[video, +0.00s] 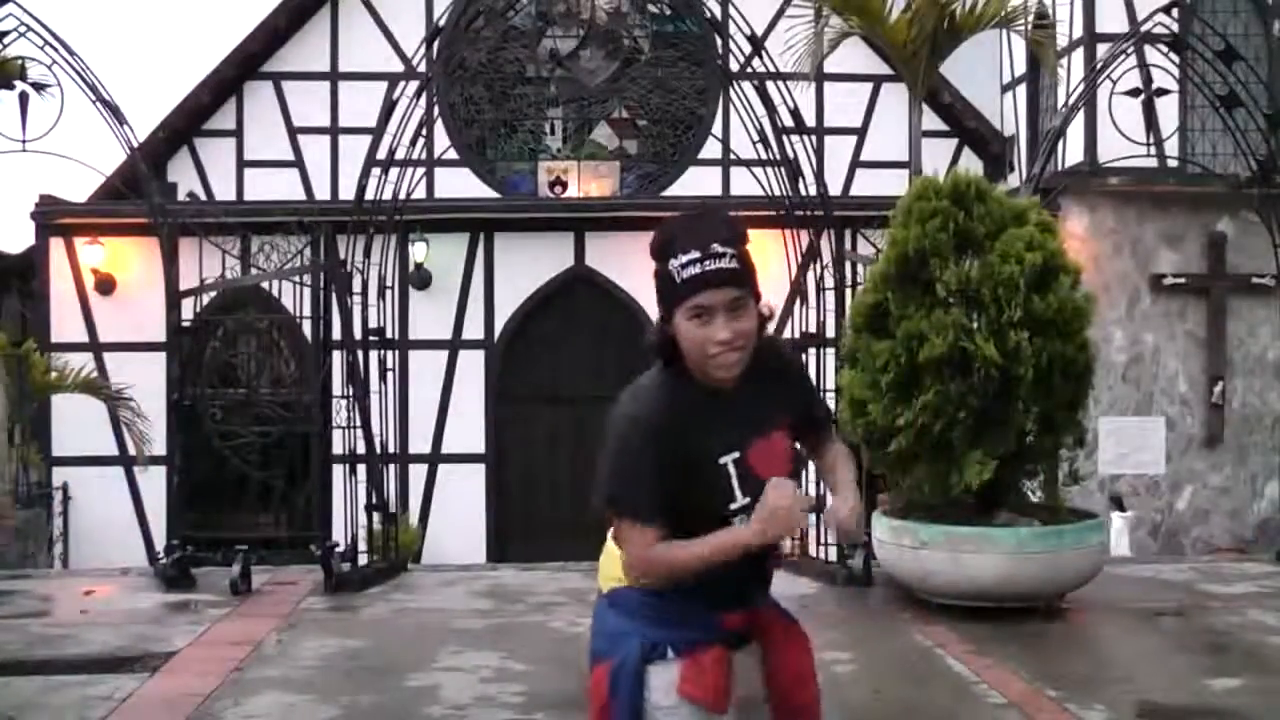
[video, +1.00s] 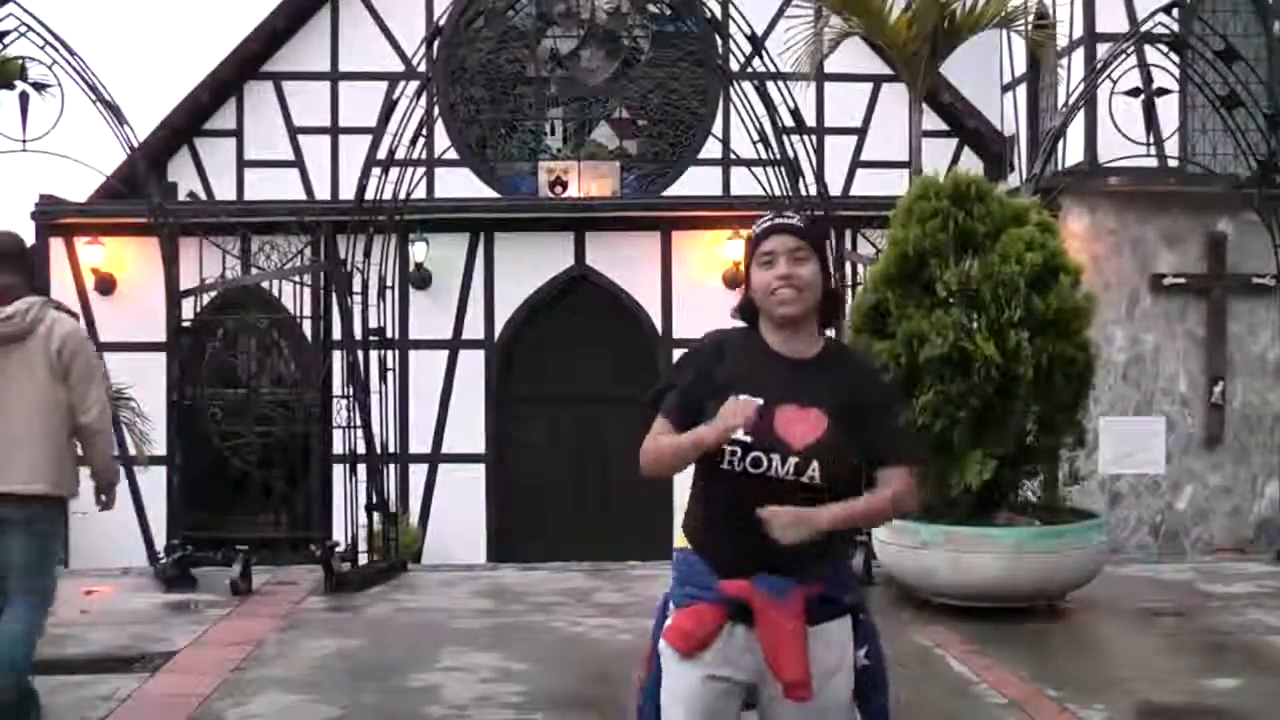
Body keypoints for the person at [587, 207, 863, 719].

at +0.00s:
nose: (724, 332)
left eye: (736, 310)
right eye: (701, 316)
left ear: (758, 308)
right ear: (671, 324)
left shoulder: (775, 370)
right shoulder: (645, 413)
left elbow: (825, 440)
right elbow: (641, 563)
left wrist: (845, 494)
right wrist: (753, 532)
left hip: (748, 611)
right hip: (662, 622)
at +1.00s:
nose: (783, 272)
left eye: (799, 258)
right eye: (767, 261)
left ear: (825, 276)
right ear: (748, 283)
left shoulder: (859, 377)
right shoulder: (716, 356)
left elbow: (899, 490)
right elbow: (650, 459)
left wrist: (819, 518)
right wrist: (712, 432)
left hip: (817, 601)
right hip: (709, 596)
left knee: (822, 709)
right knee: (685, 709)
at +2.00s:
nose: (648, 270)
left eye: (667, 253)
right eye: (633, 257)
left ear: (701, 266)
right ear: (619, 273)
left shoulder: (745, 364)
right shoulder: (610, 361)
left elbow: (796, 488)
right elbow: (561, 481)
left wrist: (688, 549)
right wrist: (568, 451)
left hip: (728, 606)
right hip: (625, 606)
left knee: (752, 709)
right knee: (592, 711)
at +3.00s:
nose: (708, 299)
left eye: (731, 278)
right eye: (690, 280)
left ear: (771, 292)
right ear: (673, 296)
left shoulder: (822, 413)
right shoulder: (675, 381)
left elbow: (860, 563)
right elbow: (621, 473)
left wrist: (743, 634)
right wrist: (620, 489)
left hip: (796, 676)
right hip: (684, 663)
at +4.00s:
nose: (662, 263)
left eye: (678, 247)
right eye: (644, 250)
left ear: (704, 263)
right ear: (623, 269)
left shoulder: (755, 353)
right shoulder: (595, 366)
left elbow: (826, 453)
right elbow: (557, 487)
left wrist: (761, 505)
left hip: (745, 603)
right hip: (632, 608)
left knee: (782, 709)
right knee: (627, 708)